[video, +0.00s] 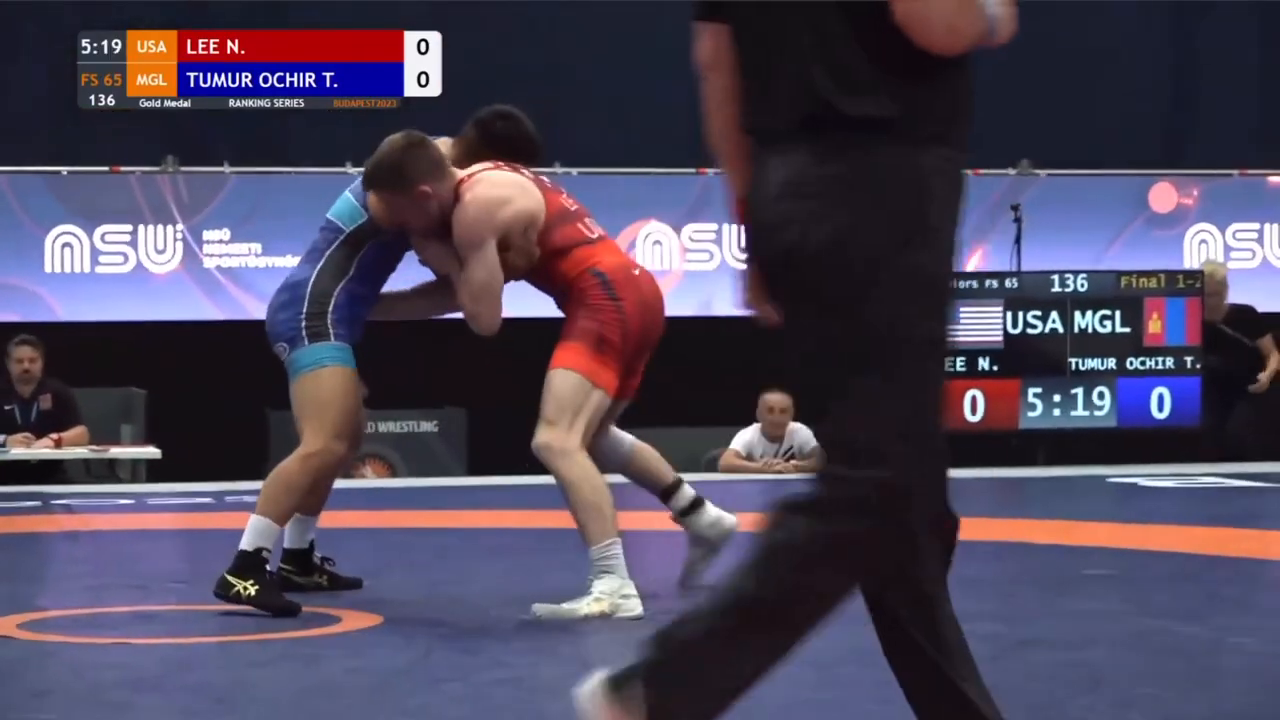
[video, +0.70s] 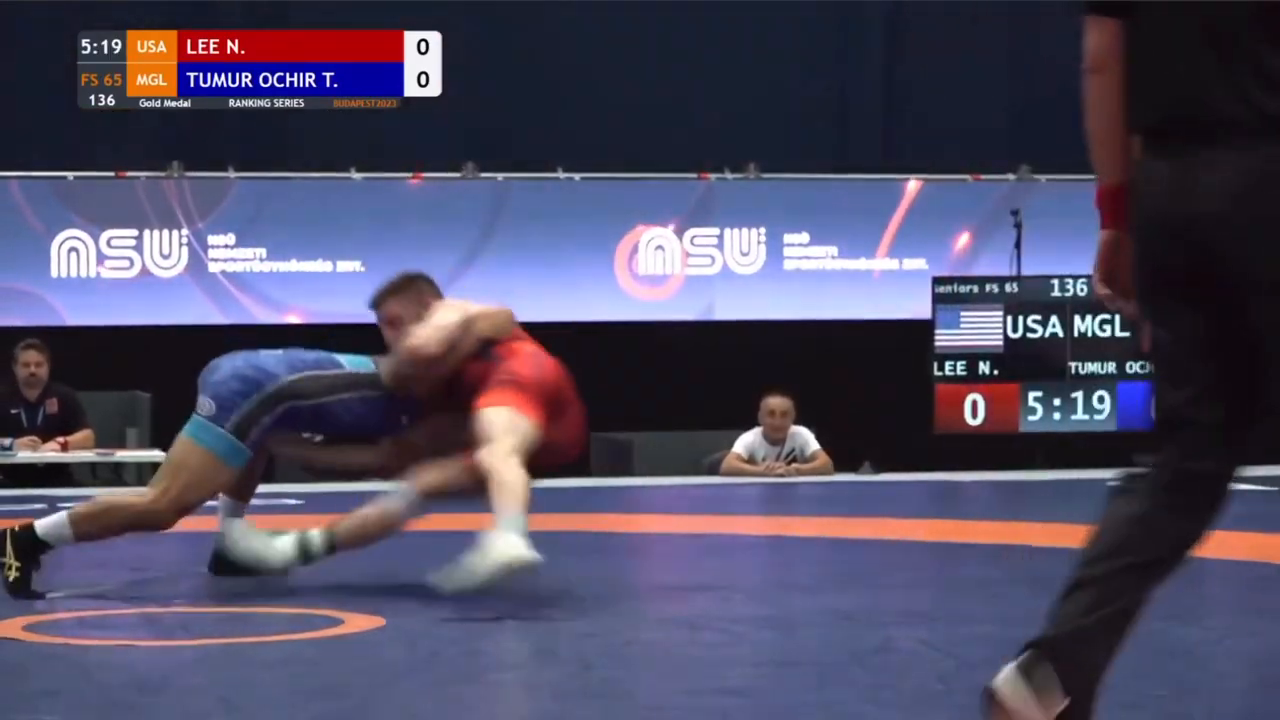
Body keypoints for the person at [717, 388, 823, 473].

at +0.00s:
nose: (776, 417)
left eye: (783, 411)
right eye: (770, 411)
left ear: (792, 415)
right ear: (758, 414)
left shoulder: (800, 432)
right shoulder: (747, 435)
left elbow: (820, 462)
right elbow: (725, 463)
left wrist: (791, 467)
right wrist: (763, 468)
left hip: (792, 495)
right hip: (754, 495)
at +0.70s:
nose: (777, 421)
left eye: (784, 415)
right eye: (771, 415)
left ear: (792, 417)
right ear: (760, 417)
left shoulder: (801, 435)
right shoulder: (749, 438)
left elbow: (826, 466)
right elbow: (727, 466)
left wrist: (794, 470)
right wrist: (763, 470)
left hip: (794, 497)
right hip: (757, 498)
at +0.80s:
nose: (791, 421)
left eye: (797, 415)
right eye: (784, 415)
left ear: (805, 418)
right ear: (773, 417)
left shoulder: (815, 435)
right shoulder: (762, 439)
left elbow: (840, 466)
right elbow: (741, 467)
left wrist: (807, 470)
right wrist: (778, 471)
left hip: (808, 498)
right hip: (771, 499)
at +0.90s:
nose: (799, 422)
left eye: (805, 416)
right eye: (792, 416)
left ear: (814, 419)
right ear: (781, 418)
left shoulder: (823, 436)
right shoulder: (770, 439)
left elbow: (848, 467)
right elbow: (749, 467)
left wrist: (816, 471)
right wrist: (785, 472)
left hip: (817, 500)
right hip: (779, 501)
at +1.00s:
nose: (805, 426)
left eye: (811, 420)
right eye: (799, 420)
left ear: (819, 419)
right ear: (788, 421)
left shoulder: (830, 438)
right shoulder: (777, 441)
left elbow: (855, 468)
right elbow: (760, 468)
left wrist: (825, 472)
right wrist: (792, 474)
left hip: (824, 502)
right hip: (786, 502)